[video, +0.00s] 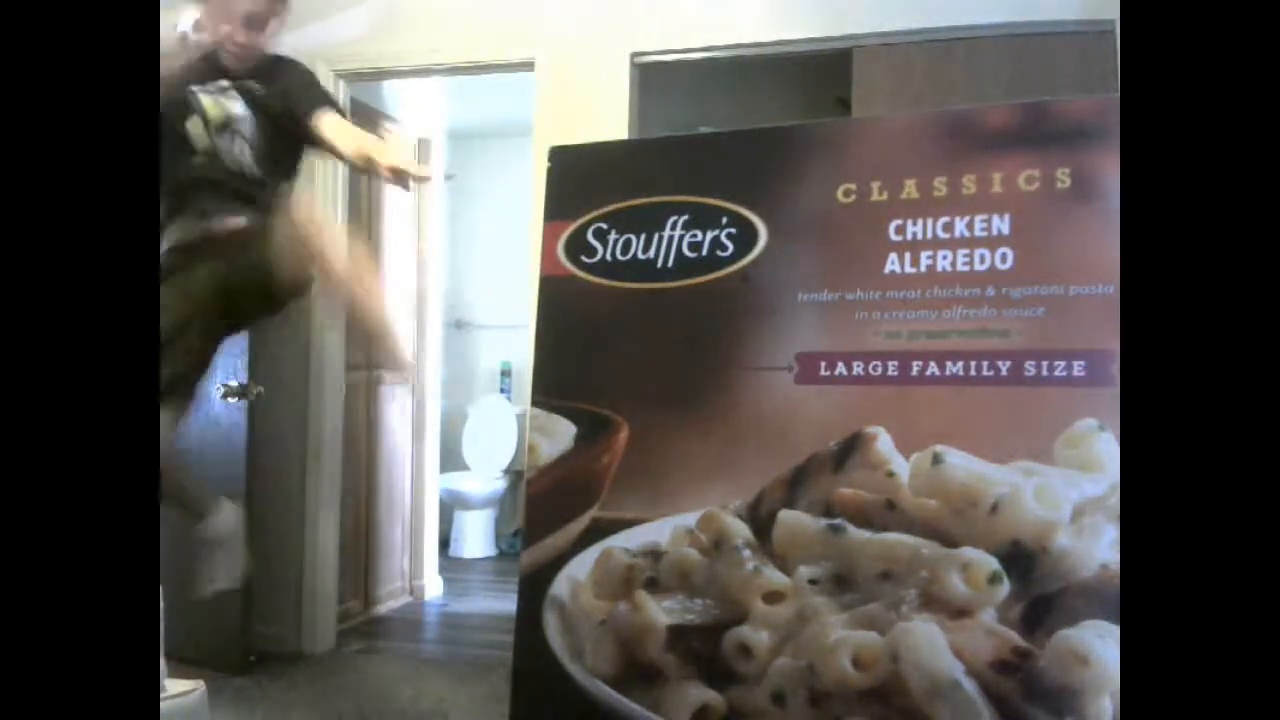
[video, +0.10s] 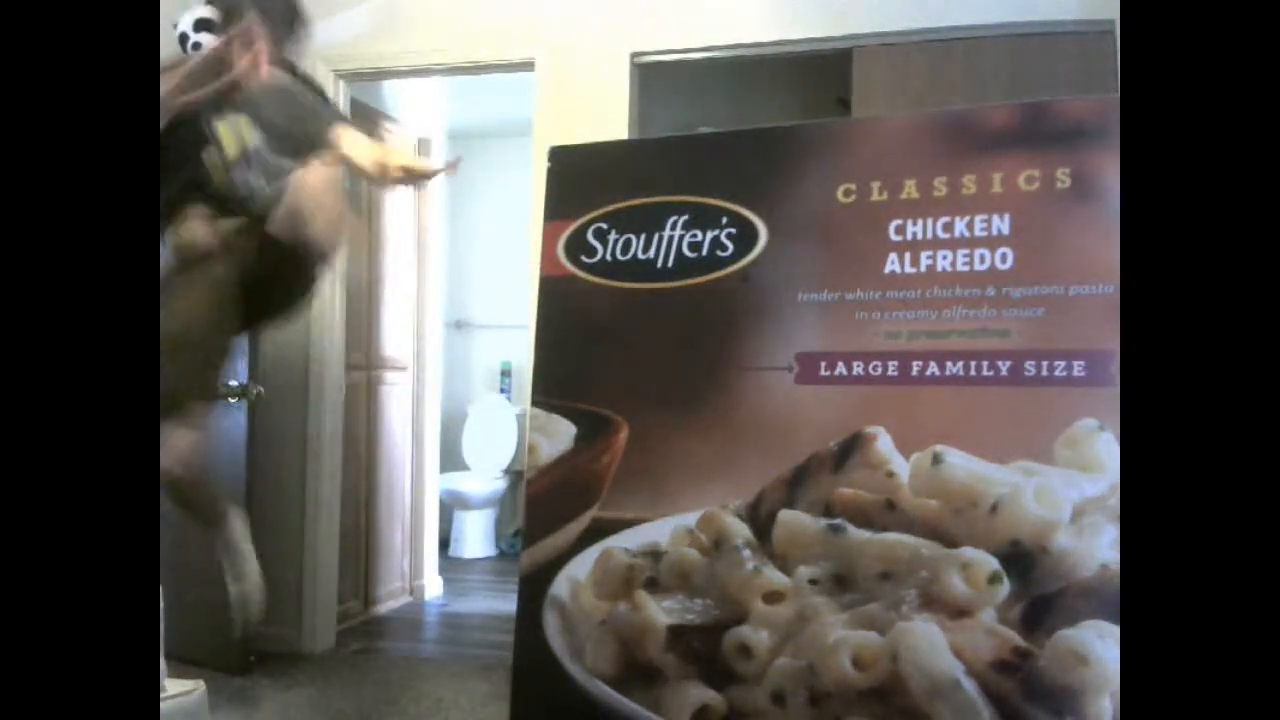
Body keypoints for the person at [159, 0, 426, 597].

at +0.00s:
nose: (245, 36)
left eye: (259, 24)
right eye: (236, 20)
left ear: (274, 24)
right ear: (208, 13)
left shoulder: (283, 77)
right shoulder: (179, 70)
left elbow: (336, 131)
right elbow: (161, 88)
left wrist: (388, 161)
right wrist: (185, 52)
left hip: (262, 261)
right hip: (183, 274)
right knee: (160, 443)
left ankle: (397, 366)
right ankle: (216, 520)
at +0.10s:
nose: (240, 44)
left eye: (252, 33)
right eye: (231, 32)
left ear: (272, 37)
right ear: (216, 34)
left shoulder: (283, 94)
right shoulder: (187, 93)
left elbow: (353, 146)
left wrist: (397, 164)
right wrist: (212, 78)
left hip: (270, 265)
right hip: (194, 278)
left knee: (322, 176)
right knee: (176, 457)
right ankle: (227, 527)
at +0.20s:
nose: (271, 91)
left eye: (281, 78)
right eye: (262, 73)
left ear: (287, 80)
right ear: (231, 61)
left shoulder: (283, 122)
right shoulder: (195, 122)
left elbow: (334, 155)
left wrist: (388, 172)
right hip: (206, 310)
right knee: (197, 483)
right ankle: (249, 604)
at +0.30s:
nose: (219, 137)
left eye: (234, 123)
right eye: (210, 120)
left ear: (255, 127)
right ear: (189, 124)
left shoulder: (289, 190)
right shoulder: (186, 198)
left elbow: (390, 204)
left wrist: (383, 174)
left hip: (295, 389)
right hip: (226, 390)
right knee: (223, 554)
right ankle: (272, 692)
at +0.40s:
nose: (185, 216)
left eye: (193, 197)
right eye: (173, 206)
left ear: (223, 187)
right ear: (165, 216)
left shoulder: (277, 246)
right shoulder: (187, 278)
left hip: (324, 424)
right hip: (250, 438)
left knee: (270, 569)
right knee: (190, 595)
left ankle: (331, 709)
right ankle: (279, 706)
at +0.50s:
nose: (168, 230)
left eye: (176, 210)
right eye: (163, 215)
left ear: (218, 196)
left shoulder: (268, 243)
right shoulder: (208, 280)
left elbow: (260, 242)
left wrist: (215, 226)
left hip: (328, 432)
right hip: (259, 439)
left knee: (242, 586)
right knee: (187, 583)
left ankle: (324, 712)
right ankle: (280, 708)